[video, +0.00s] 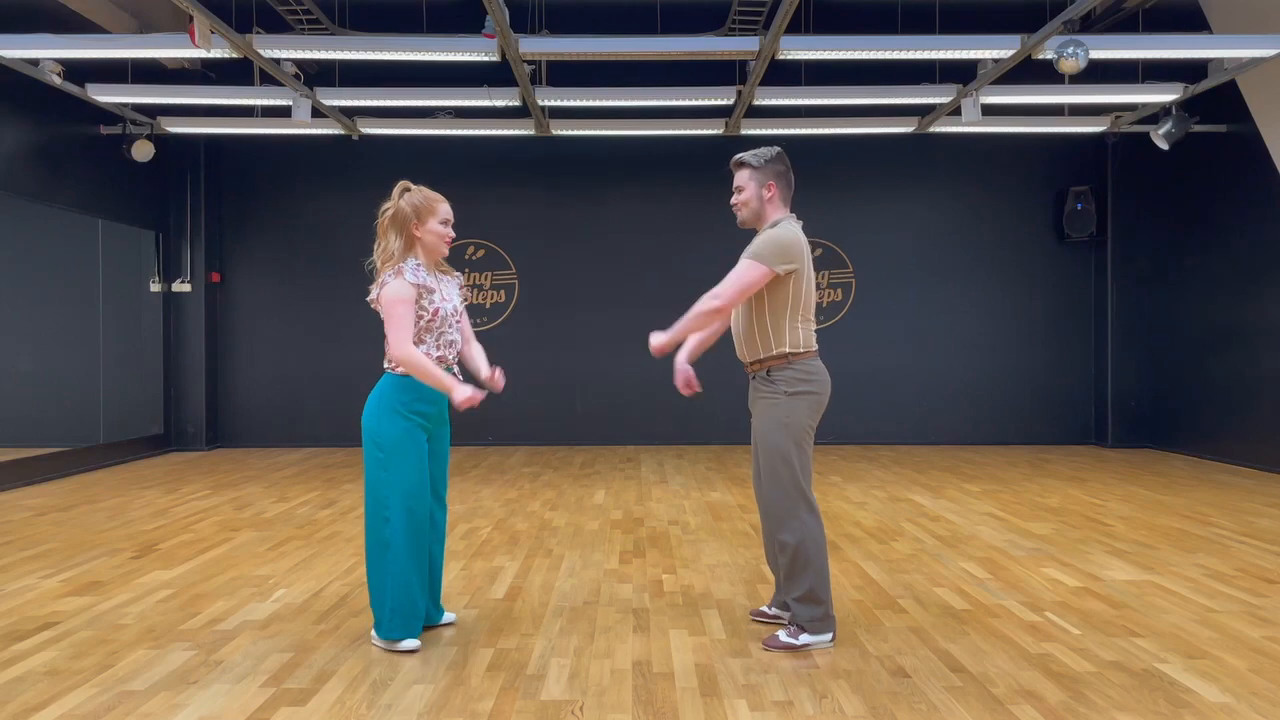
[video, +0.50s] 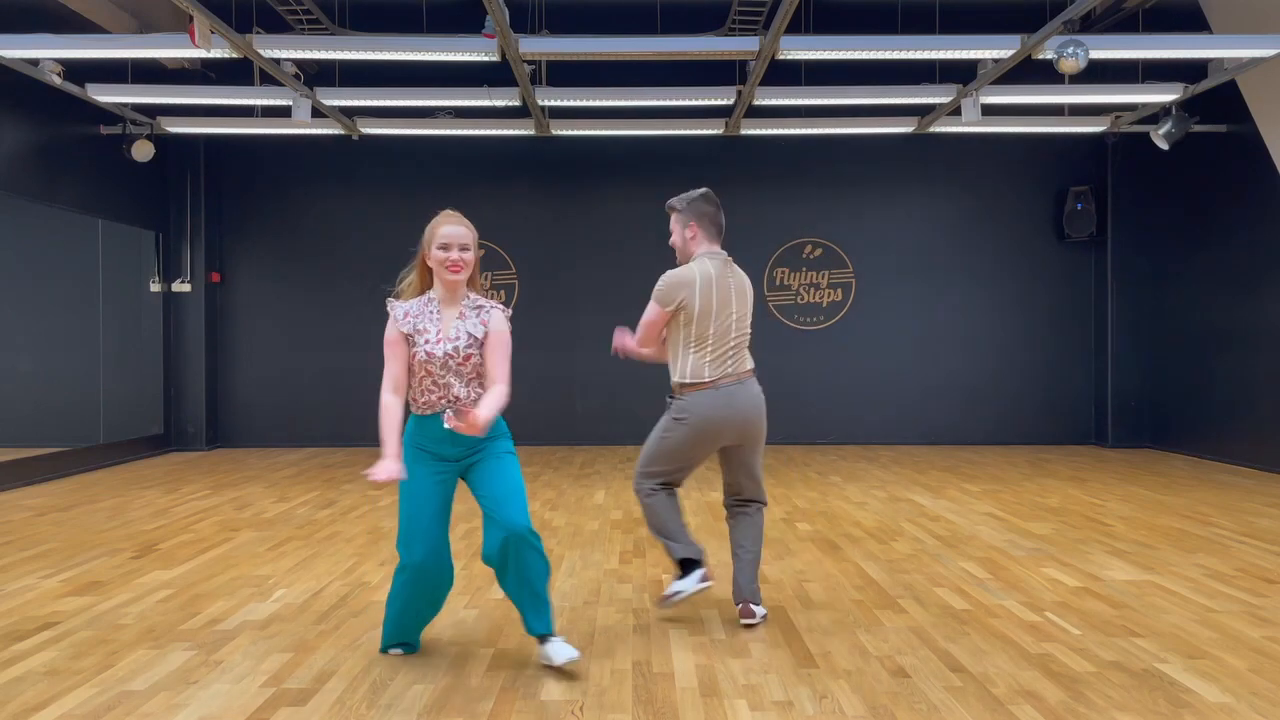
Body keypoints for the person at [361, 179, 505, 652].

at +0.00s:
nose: (453, 232)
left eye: (452, 223)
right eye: (444, 224)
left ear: (434, 229)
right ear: (415, 229)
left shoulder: (450, 282)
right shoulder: (400, 282)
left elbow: (465, 339)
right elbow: (400, 351)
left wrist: (482, 371)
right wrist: (452, 386)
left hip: (433, 407)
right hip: (397, 408)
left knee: (430, 510)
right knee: (398, 514)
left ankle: (424, 607)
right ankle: (391, 624)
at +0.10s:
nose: (458, 232)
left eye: (456, 223)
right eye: (448, 224)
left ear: (439, 230)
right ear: (420, 230)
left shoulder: (462, 277)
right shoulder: (395, 278)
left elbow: (492, 325)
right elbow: (417, 331)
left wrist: (490, 291)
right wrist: (477, 313)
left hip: (442, 406)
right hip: (396, 406)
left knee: (433, 511)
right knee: (403, 513)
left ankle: (426, 604)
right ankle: (396, 623)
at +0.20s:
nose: (461, 230)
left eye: (460, 222)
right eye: (452, 223)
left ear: (439, 229)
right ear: (423, 230)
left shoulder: (459, 270)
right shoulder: (394, 277)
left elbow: (488, 305)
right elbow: (428, 316)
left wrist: (469, 266)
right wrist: (472, 270)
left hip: (447, 409)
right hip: (397, 409)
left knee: (441, 514)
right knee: (402, 516)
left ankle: (426, 605)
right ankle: (396, 623)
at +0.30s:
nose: (463, 237)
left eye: (463, 229)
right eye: (452, 227)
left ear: (463, 239)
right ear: (420, 236)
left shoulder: (472, 282)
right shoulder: (392, 287)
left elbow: (467, 318)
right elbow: (427, 329)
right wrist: (462, 284)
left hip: (457, 419)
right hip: (400, 418)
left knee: (467, 524)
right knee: (402, 526)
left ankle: (434, 584)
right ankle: (395, 626)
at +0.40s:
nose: (456, 247)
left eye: (462, 240)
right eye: (444, 238)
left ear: (468, 248)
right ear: (419, 247)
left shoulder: (480, 296)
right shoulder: (393, 303)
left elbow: (467, 364)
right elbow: (408, 371)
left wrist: (410, 367)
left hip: (469, 429)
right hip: (409, 431)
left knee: (490, 534)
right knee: (416, 541)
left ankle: (475, 599)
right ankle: (398, 632)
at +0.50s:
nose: (455, 256)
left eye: (465, 248)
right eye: (444, 248)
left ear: (476, 256)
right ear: (427, 256)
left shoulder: (492, 315)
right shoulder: (404, 315)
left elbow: (499, 385)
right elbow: (393, 390)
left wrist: (480, 416)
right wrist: (391, 455)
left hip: (487, 439)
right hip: (426, 442)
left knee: (515, 529)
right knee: (421, 555)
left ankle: (546, 636)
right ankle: (401, 639)